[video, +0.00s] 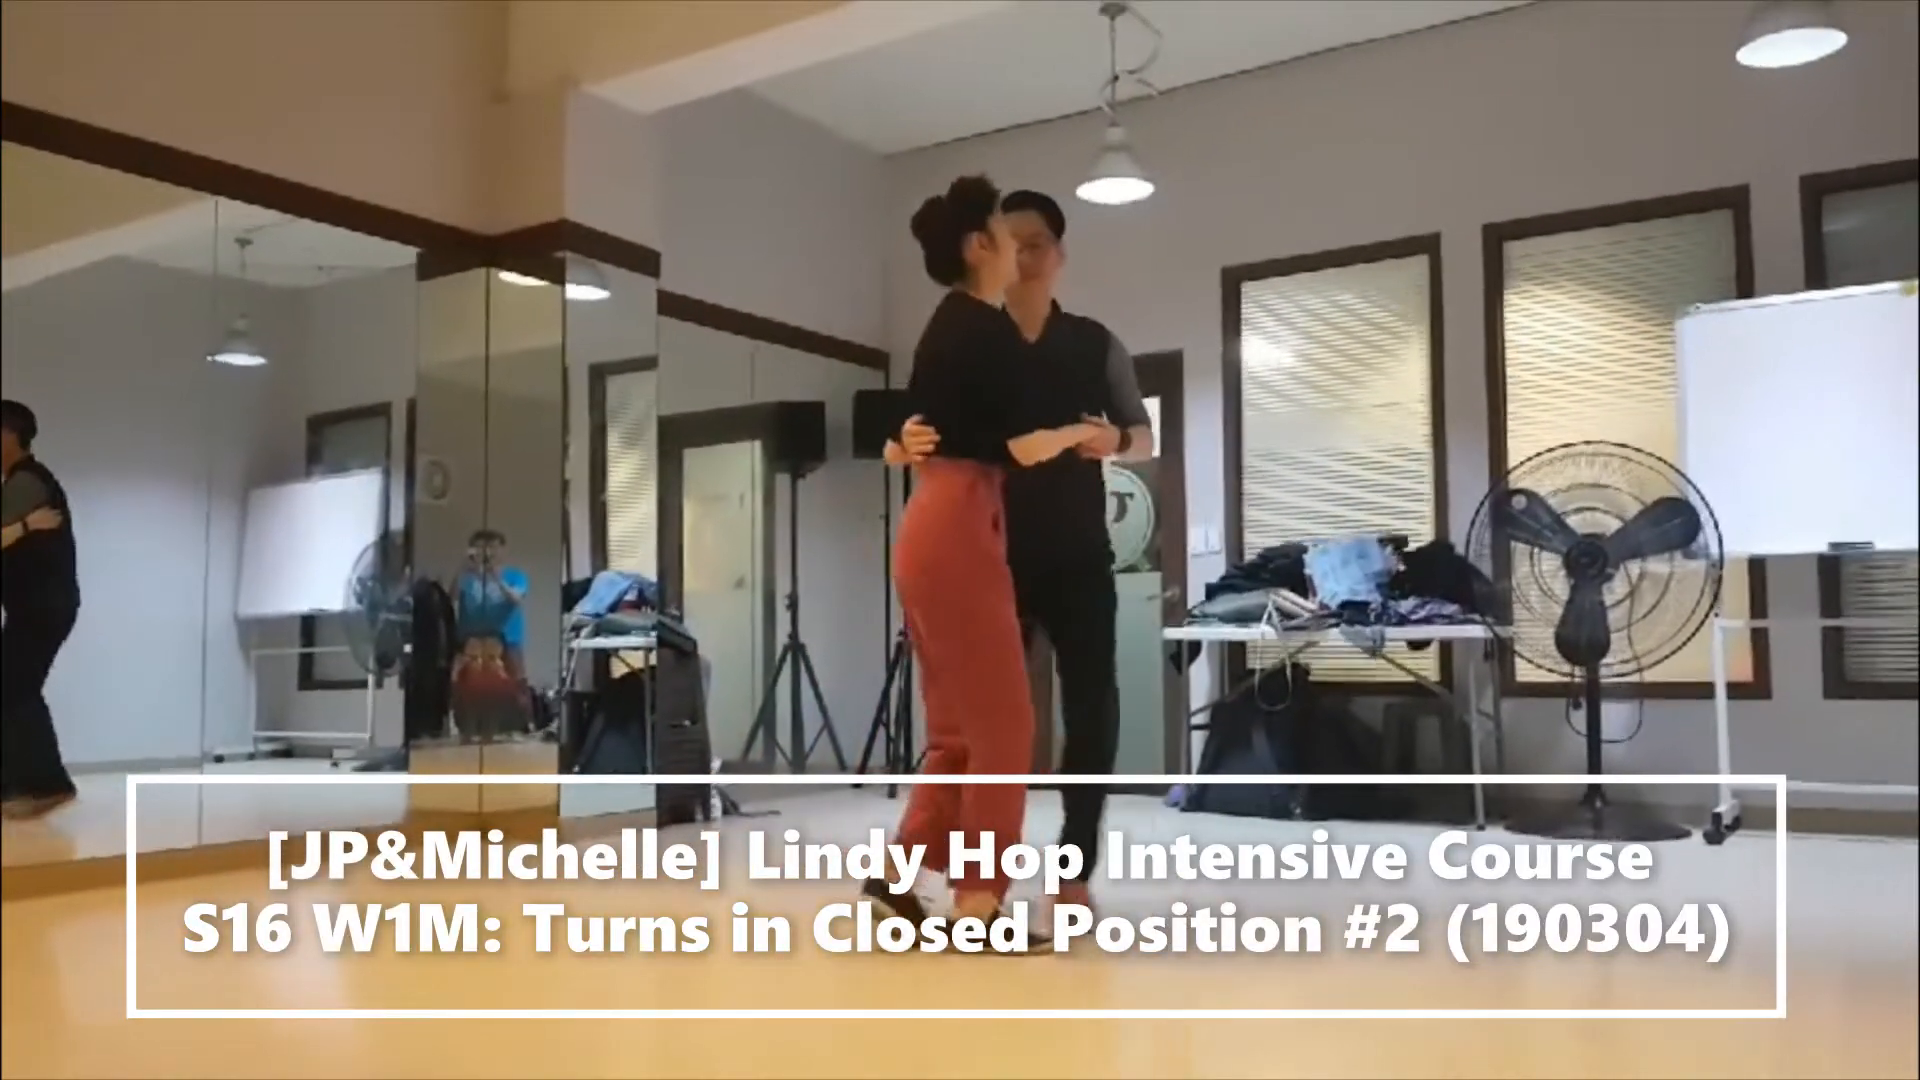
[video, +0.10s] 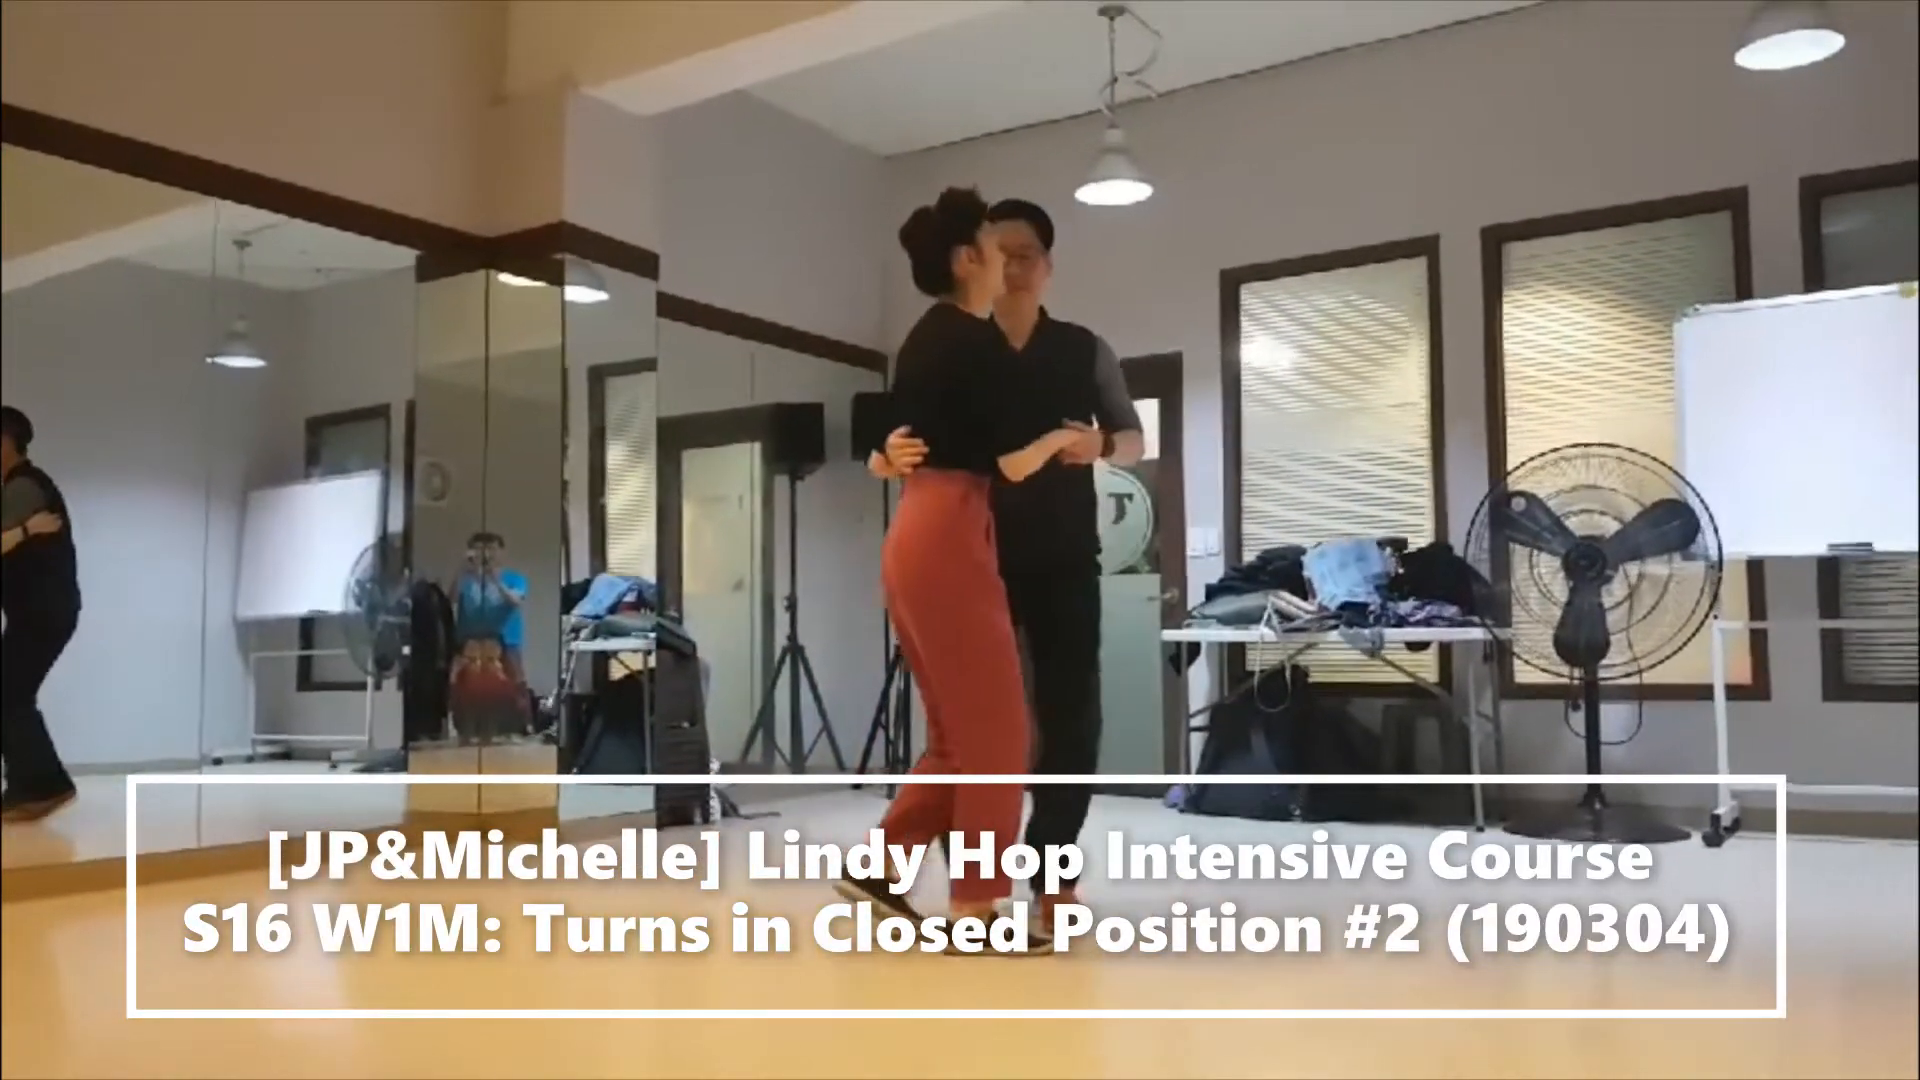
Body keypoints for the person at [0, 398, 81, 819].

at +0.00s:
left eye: (1, 434)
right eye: (0, 434)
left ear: (14, 437)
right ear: (18, 437)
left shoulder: (26, 483)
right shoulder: (28, 480)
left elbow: (7, 538)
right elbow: (11, 540)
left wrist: (25, 525)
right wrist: (25, 523)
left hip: (44, 604)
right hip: (36, 602)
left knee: (18, 686)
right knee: (19, 687)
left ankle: (47, 781)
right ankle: (40, 780)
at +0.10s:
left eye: (1, 440)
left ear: (12, 443)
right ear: (17, 443)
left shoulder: (24, 489)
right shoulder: (29, 485)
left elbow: (6, 543)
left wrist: (25, 530)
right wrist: (25, 529)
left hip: (43, 611)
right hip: (38, 609)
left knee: (13, 692)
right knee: (14, 692)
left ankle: (41, 783)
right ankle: (37, 782)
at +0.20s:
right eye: (1, 453)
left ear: (10, 453)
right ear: (16, 453)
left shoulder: (24, 500)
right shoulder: (24, 498)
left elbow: (7, 553)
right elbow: (8, 554)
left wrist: (25, 540)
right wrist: (27, 540)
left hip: (48, 620)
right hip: (41, 619)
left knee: (14, 702)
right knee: (16, 702)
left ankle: (36, 788)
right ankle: (44, 786)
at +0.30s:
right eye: (1, 457)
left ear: (10, 457)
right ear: (16, 457)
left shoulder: (25, 504)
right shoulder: (27, 500)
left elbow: (8, 557)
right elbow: (8, 558)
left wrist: (28, 544)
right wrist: (30, 543)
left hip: (52, 622)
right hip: (47, 620)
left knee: (17, 706)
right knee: (19, 706)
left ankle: (38, 799)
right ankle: (49, 796)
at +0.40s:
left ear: (10, 458)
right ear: (18, 458)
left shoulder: (34, 501)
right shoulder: (31, 499)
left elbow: (17, 558)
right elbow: (11, 557)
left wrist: (42, 541)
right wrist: (43, 540)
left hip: (65, 623)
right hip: (59, 622)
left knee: (30, 707)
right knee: (37, 708)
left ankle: (43, 806)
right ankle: (47, 804)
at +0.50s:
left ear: (14, 458)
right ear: (23, 457)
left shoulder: (44, 500)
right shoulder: (45, 497)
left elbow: (36, 558)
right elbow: (32, 556)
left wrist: (6, 563)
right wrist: (11, 560)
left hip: (74, 624)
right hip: (72, 623)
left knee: (37, 710)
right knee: (48, 711)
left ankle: (50, 809)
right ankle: (53, 806)